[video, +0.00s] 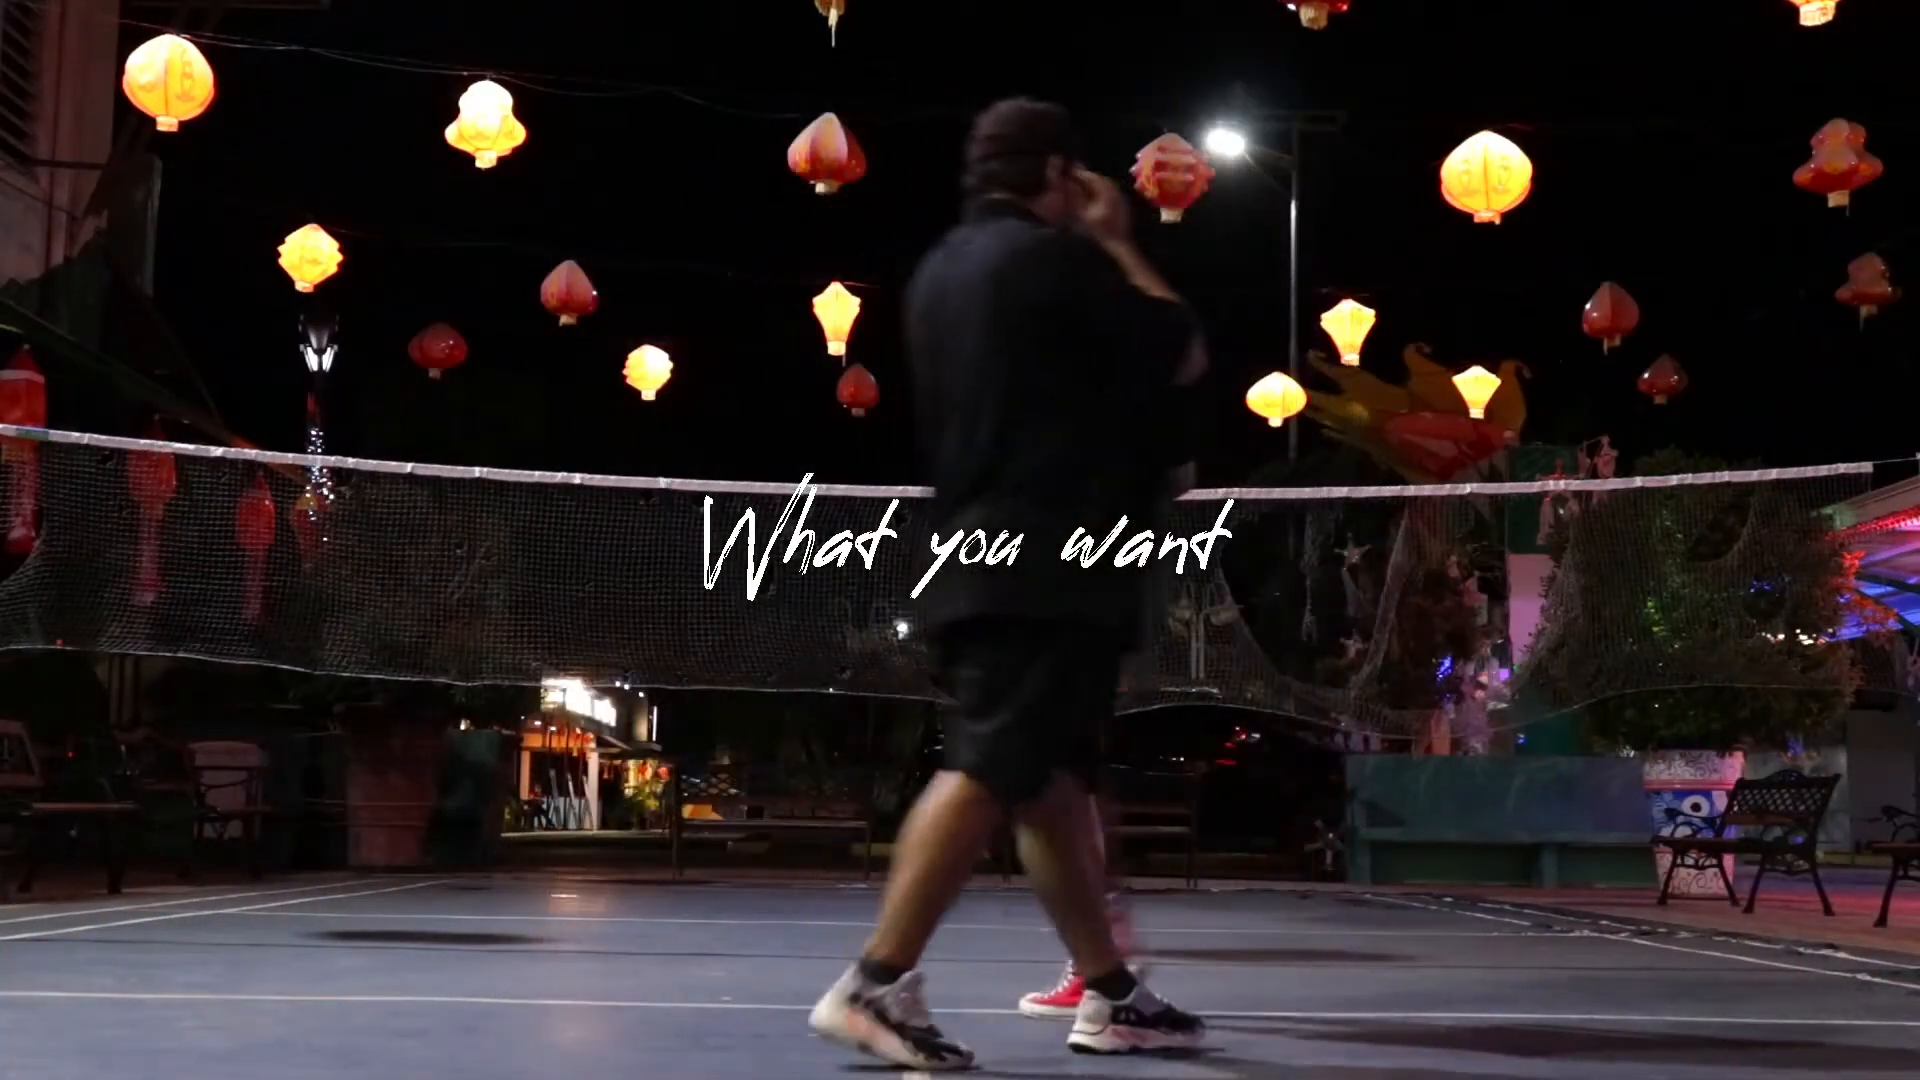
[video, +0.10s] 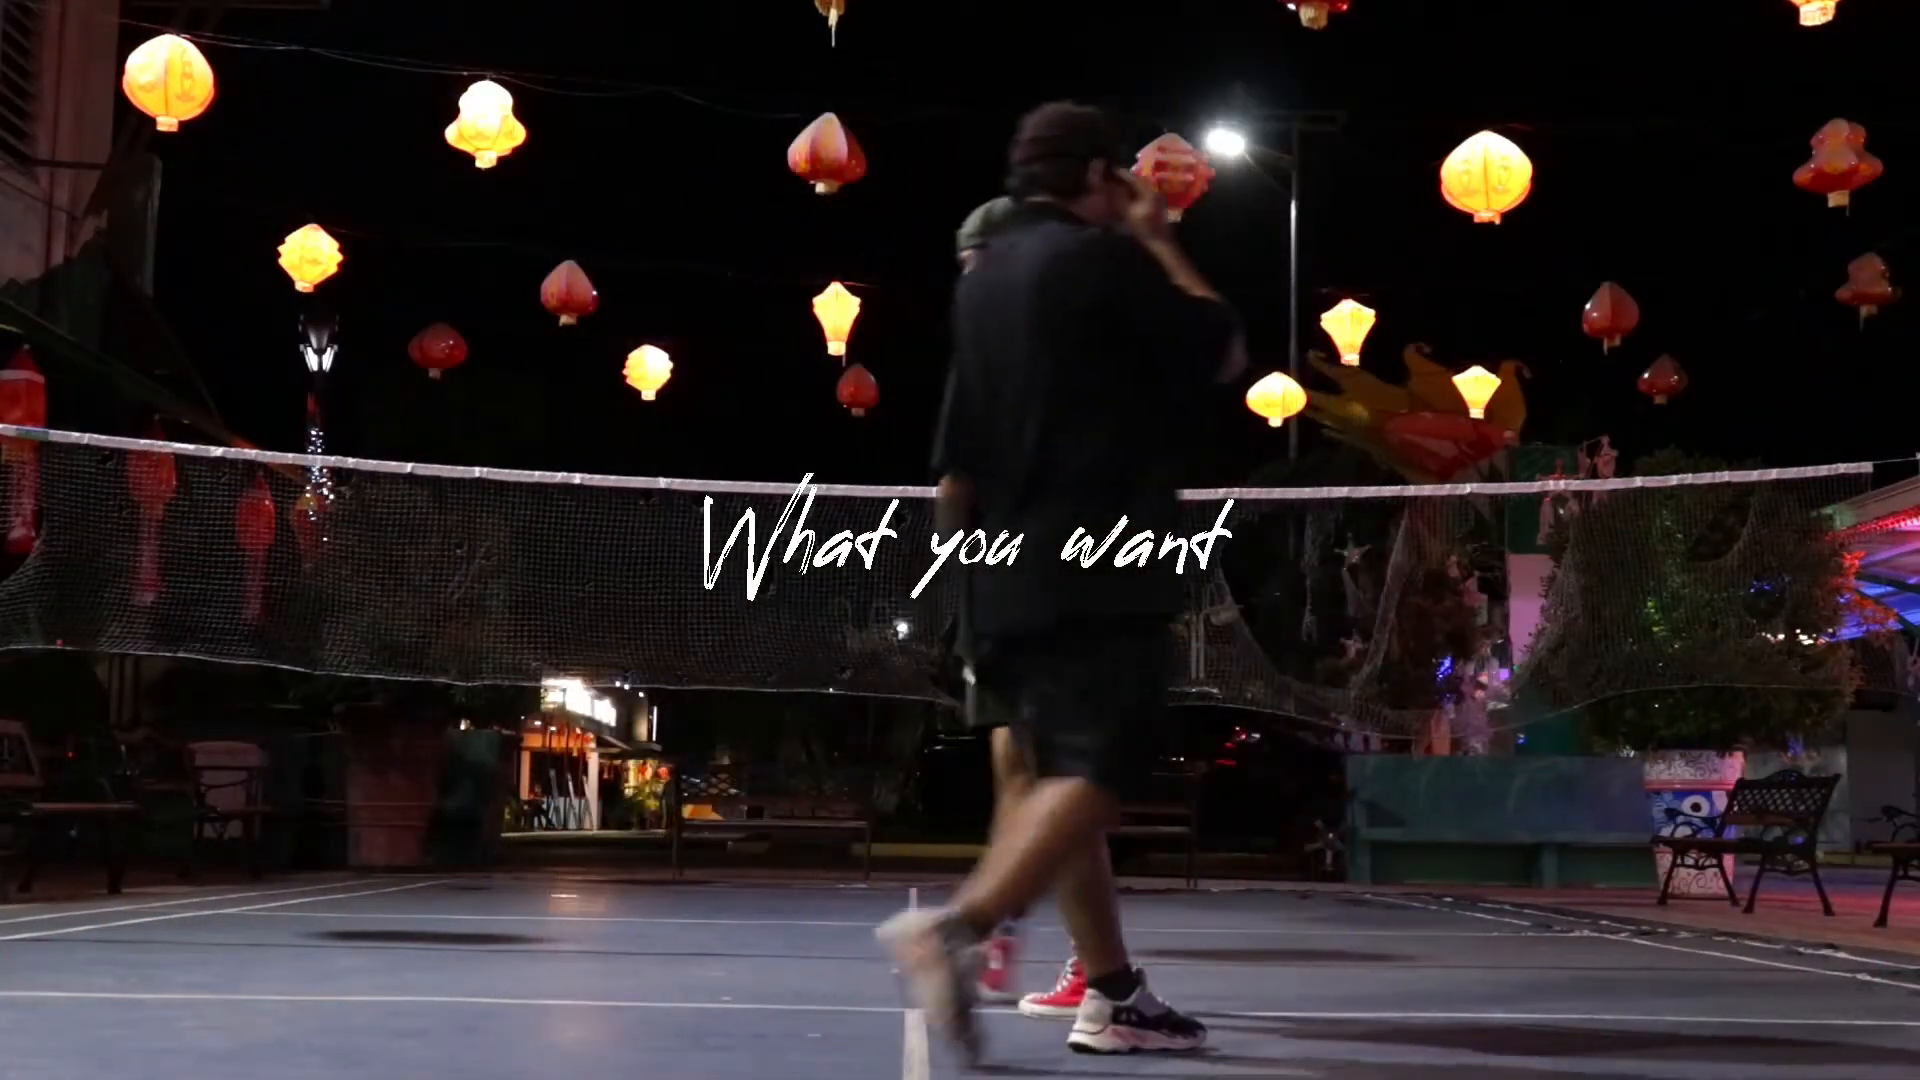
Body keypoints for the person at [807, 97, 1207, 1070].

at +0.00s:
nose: (1087, 194)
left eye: (1086, 181)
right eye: (1083, 180)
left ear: (978, 179)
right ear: (1056, 179)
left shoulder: (937, 275)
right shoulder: (1061, 264)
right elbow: (1183, 357)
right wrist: (1121, 244)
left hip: (970, 558)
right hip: (1060, 562)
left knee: (1045, 784)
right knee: (984, 767)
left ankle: (1111, 995)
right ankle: (876, 984)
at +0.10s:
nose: (1129, 192)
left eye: (1126, 177)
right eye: (1124, 179)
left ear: (1024, 180)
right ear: (1096, 181)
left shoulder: (985, 274)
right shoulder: (1101, 264)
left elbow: (961, 439)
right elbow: (1220, 345)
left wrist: (963, 548)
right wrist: (1157, 240)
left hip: (1006, 556)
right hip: (1101, 554)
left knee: (1060, 772)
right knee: (1098, 771)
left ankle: (1108, 990)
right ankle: (953, 931)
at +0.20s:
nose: (1154, 190)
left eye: (1148, 176)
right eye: (1147, 176)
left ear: (1053, 185)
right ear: (1121, 184)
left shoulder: (1011, 285)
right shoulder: (1131, 268)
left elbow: (970, 448)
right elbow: (1244, 341)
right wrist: (1187, 241)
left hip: (1038, 563)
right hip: (1140, 556)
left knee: (1084, 769)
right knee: (1180, 756)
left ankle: (1112, 993)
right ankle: (1033, 912)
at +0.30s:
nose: (1205, 194)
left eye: (1201, 178)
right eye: (1198, 178)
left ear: (1100, 188)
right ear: (1170, 188)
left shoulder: (1057, 284)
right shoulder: (1171, 273)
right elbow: (1282, 358)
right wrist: (1233, 249)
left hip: (1089, 565)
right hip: (1191, 564)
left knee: (1112, 764)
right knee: (1248, 748)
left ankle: (1106, 998)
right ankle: (1175, 953)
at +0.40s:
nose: (1226, 198)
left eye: (1221, 182)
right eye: (1220, 183)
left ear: (1128, 191)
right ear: (1199, 194)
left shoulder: (1083, 290)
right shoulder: (1202, 280)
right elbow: (1311, 364)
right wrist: (1266, 255)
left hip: (1115, 571)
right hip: (1224, 569)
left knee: (1127, 769)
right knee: (1272, 766)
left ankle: (1113, 994)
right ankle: (1268, 992)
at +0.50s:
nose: (1286, 217)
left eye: (1283, 200)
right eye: (1280, 200)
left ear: (1183, 205)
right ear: (1252, 206)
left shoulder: (1141, 296)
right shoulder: (1253, 294)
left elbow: (1136, 433)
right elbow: (1359, 391)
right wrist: (1319, 274)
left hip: (1154, 586)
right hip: (1256, 588)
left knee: (1150, 775)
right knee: (1298, 793)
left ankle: (1117, 994)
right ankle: (1371, 990)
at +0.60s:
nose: (1318, 225)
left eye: (1313, 209)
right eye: (1309, 211)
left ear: (1219, 211)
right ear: (1282, 217)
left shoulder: (1168, 305)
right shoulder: (1290, 300)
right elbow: (1389, 395)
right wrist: (1350, 289)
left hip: (1189, 590)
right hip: (1294, 596)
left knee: (1175, 775)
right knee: (1324, 803)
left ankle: (1121, 992)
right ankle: (1375, 999)